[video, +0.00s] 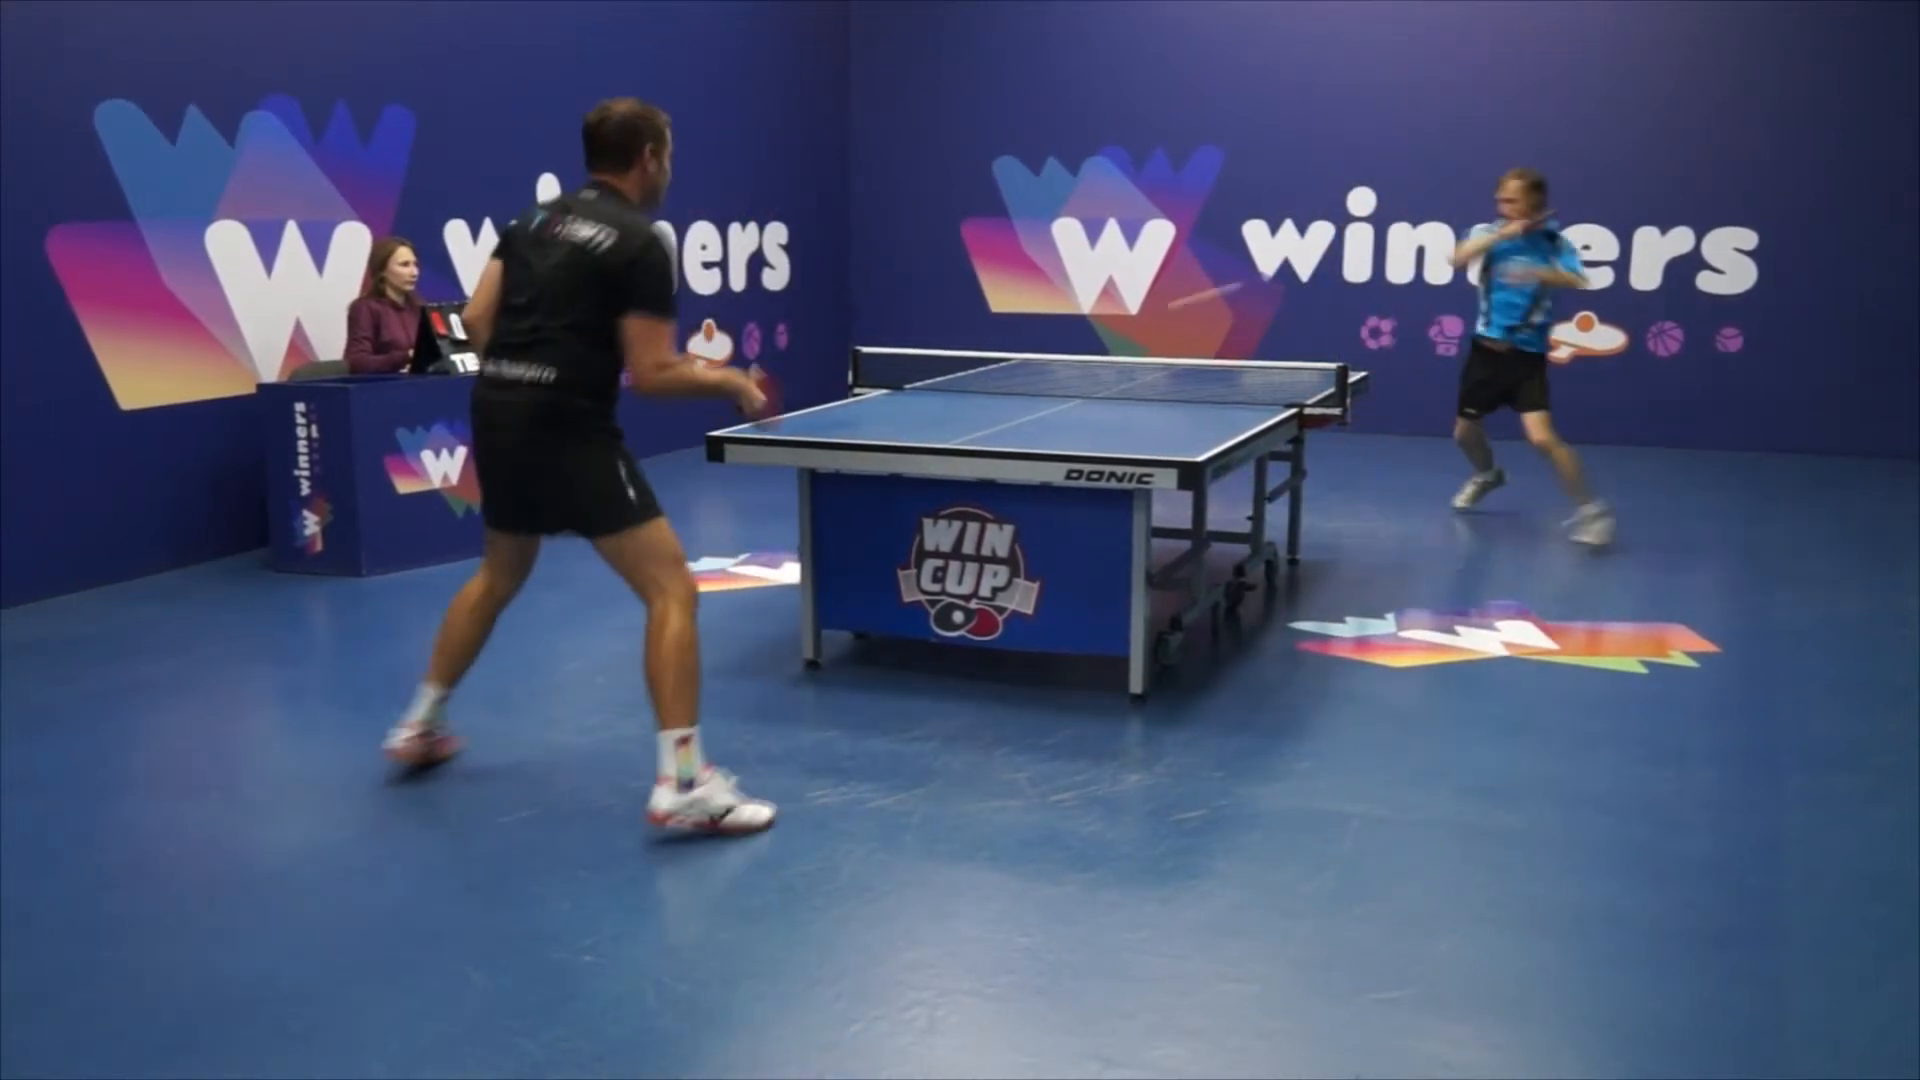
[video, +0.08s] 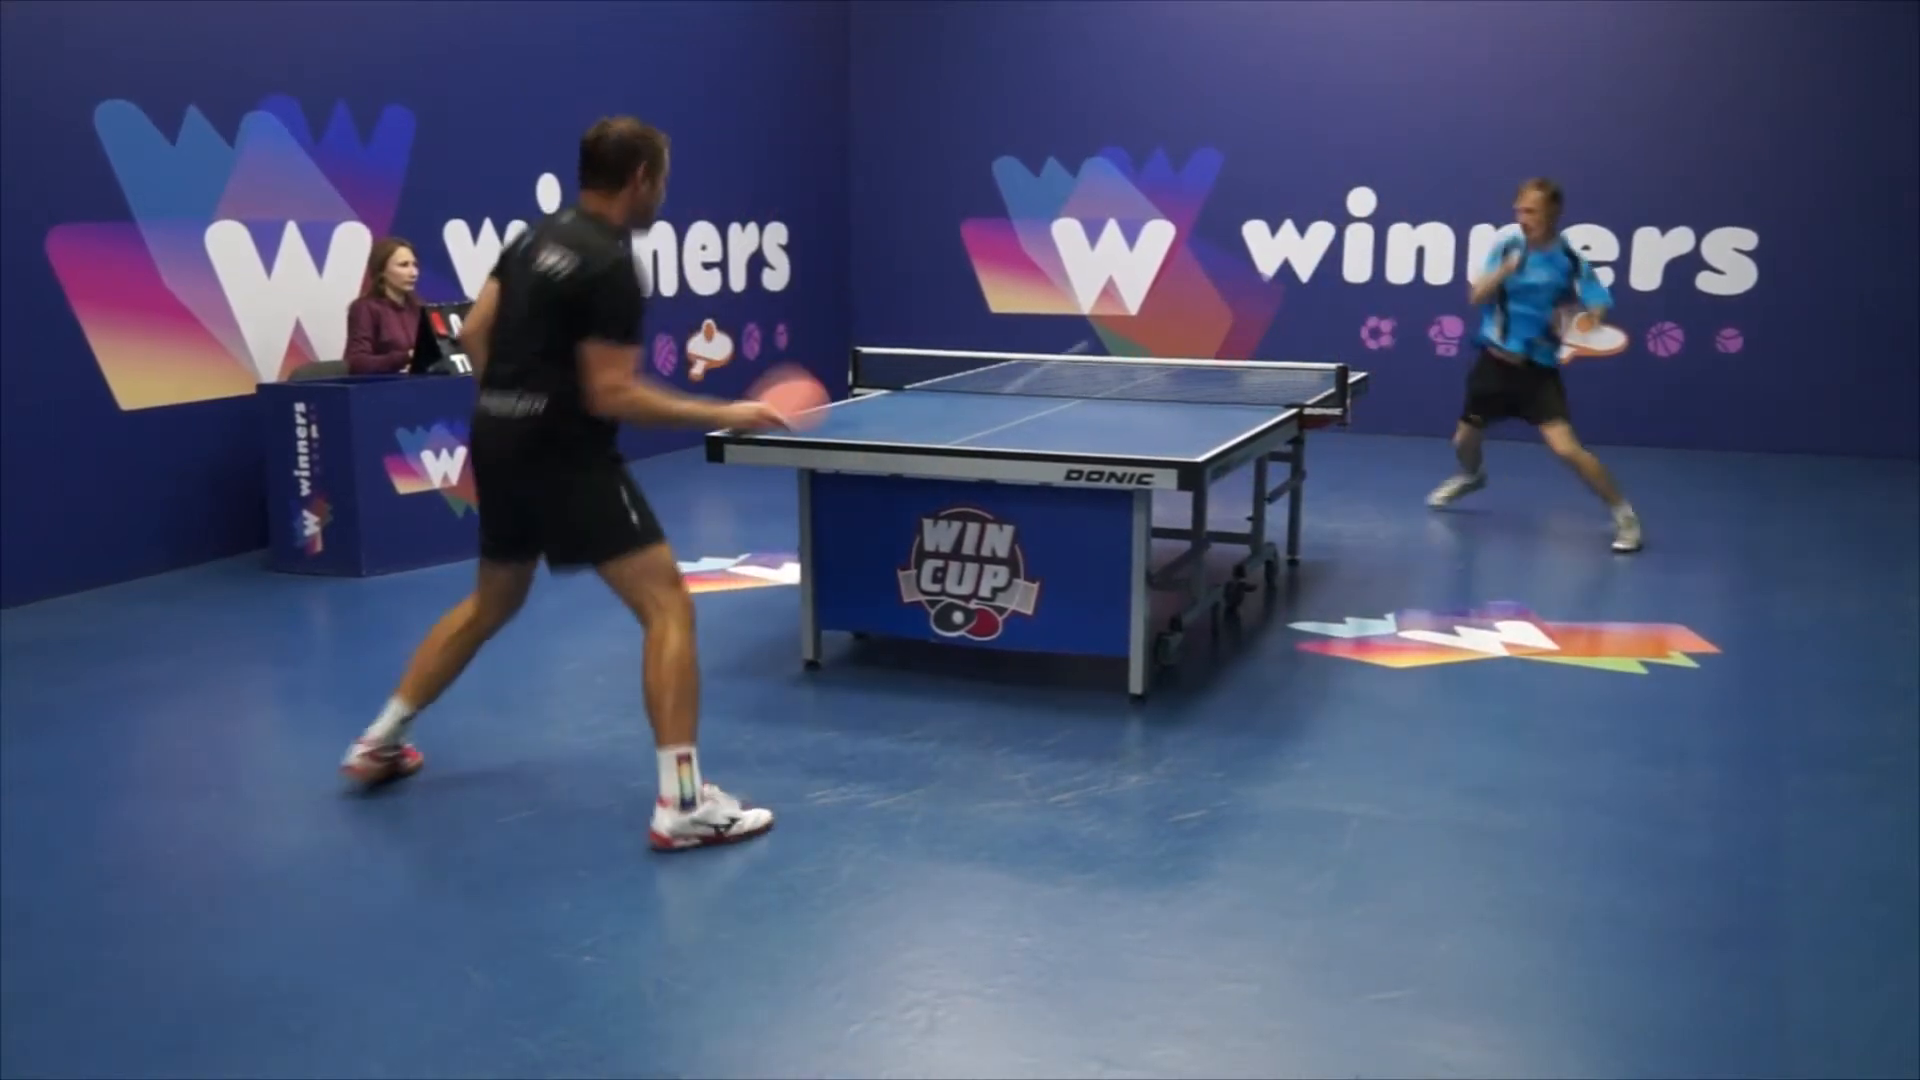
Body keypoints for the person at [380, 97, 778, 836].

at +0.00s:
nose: (669, 170)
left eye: (665, 157)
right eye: (666, 158)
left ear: (595, 158)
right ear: (648, 161)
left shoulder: (535, 220)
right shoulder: (642, 242)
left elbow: (479, 319)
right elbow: (651, 371)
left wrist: (536, 357)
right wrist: (733, 380)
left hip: (498, 422)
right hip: (573, 431)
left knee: (499, 573)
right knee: (671, 589)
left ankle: (419, 721)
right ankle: (682, 779)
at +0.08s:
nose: (662, 192)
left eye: (661, 180)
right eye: (660, 180)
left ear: (590, 175)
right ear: (636, 182)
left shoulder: (535, 238)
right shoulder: (610, 263)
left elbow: (476, 331)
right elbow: (610, 391)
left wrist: (508, 404)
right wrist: (724, 414)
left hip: (498, 448)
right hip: (571, 454)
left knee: (492, 603)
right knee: (667, 607)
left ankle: (379, 738)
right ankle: (682, 799)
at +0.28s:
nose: (569, 215)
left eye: (568, 201)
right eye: (566, 201)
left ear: (508, 191)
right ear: (541, 198)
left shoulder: (473, 254)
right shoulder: (522, 290)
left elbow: (490, 376)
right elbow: (567, 410)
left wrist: (558, 417)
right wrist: (645, 420)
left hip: (469, 463)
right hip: (514, 470)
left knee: (478, 617)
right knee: (603, 619)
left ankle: (351, 734)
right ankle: (655, 802)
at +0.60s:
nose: (536, 190)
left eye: (532, 179)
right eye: (533, 180)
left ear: (456, 188)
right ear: (516, 188)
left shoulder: (405, 270)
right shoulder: (543, 284)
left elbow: (387, 388)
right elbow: (593, 390)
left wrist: (453, 381)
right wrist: (609, 326)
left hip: (422, 478)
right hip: (508, 482)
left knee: (409, 600)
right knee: (618, 625)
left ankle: (344, 744)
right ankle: (624, 797)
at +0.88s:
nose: (645, 174)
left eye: (642, 162)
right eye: (641, 164)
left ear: (564, 171)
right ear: (627, 171)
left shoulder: (504, 235)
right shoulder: (639, 248)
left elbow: (439, 332)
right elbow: (672, 381)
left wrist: (476, 389)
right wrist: (707, 363)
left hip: (504, 452)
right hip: (594, 453)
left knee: (481, 581)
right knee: (720, 594)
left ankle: (419, 739)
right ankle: (703, 774)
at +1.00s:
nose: (698, 201)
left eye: (692, 189)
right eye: (695, 190)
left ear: (621, 192)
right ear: (682, 196)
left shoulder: (563, 264)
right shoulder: (683, 285)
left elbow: (500, 367)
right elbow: (708, 418)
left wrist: (550, 419)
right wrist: (803, 429)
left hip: (552, 472)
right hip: (640, 480)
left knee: (533, 607)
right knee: (755, 643)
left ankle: (479, 775)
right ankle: (814, 824)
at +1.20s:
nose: (776, 239)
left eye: (776, 226)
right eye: (775, 227)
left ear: (703, 216)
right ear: (755, 226)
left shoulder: (641, 273)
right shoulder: (719, 316)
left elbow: (579, 383)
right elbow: (754, 450)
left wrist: (649, 424)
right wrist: (865, 438)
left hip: (589, 492)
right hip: (668, 507)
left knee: (598, 632)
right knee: (811, 636)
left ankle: (485, 778)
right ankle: (829, 836)